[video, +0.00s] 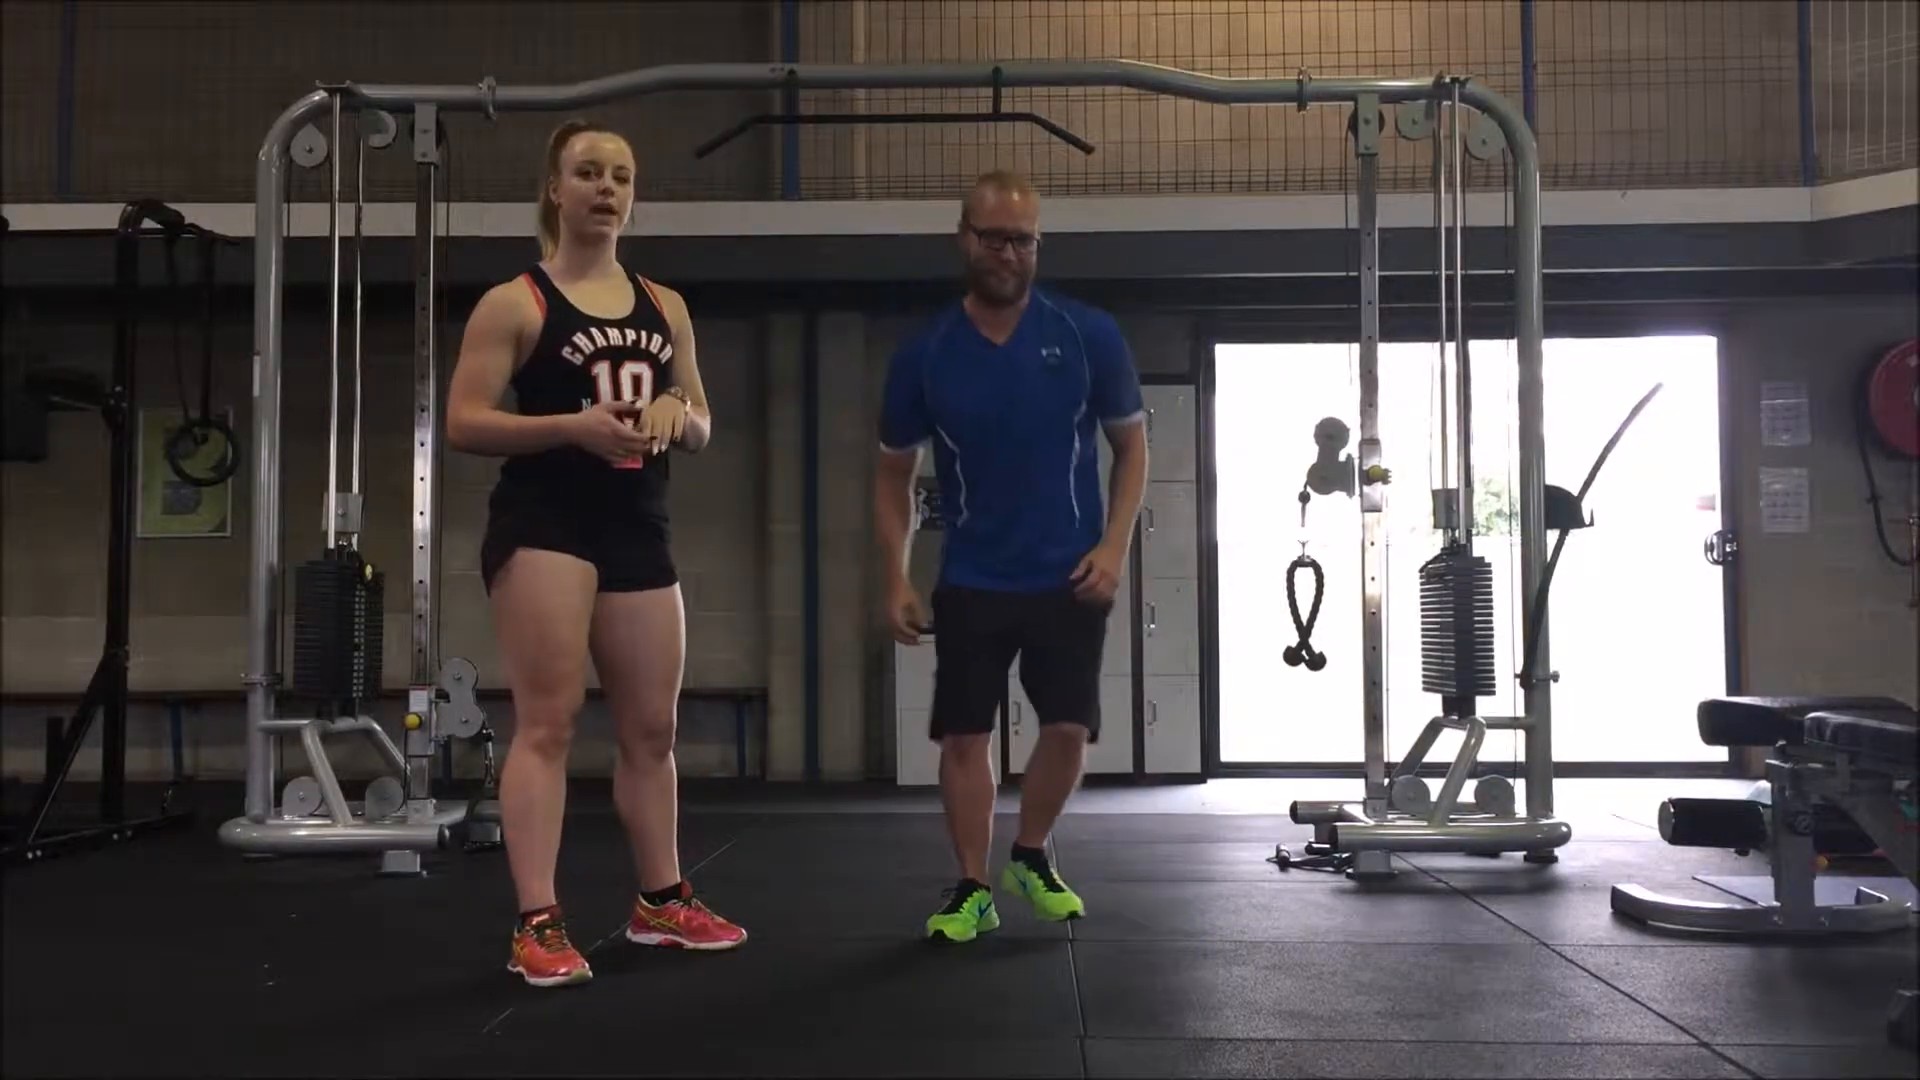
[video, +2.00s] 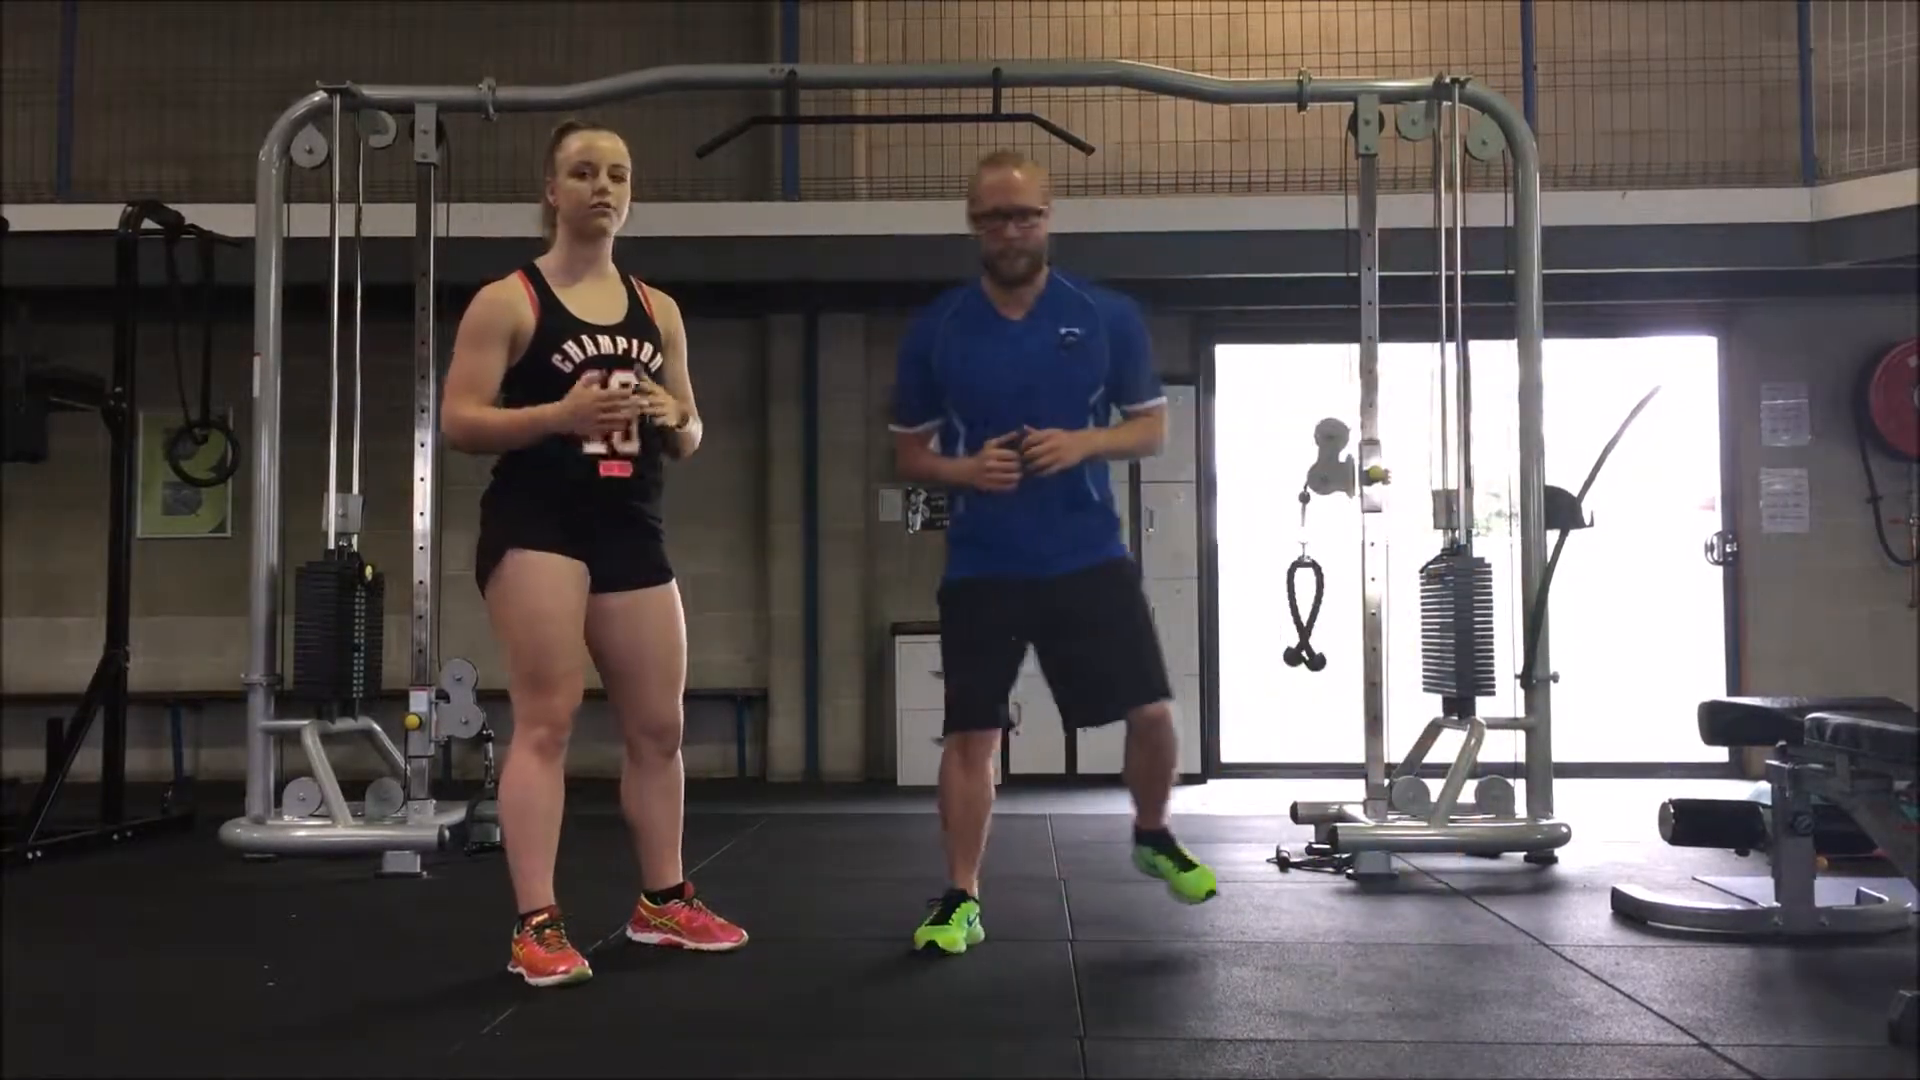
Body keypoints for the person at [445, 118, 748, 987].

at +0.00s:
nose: (605, 188)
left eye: (618, 177)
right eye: (588, 174)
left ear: (633, 198)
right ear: (553, 190)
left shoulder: (663, 306)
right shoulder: (512, 304)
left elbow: (699, 423)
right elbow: (465, 423)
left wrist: (679, 418)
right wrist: (574, 427)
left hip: (639, 533)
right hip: (545, 527)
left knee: (652, 731)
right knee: (546, 722)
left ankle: (662, 900)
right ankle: (537, 923)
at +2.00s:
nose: (601, 188)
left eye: (615, 176)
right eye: (583, 173)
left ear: (630, 196)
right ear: (550, 190)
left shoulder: (658, 310)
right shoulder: (504, 302)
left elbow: (689, 437)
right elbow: (460, 422)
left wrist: (668, 418)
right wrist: (563, 415)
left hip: (630, 530)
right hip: (536, 524)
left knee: (659, 730)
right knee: (545, 719)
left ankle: (665, 901)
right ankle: (537, 924)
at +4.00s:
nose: (656, 187)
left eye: (665, 176)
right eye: (637, 171)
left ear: (671, 194)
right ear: (590, 183)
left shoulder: (680, 299)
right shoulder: (552, 293)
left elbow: (719, 414)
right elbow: (503, 415)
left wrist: (751, 398)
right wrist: (609, 473)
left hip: (665, 533)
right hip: (575, 530)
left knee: (710, 716)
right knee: (553, 724)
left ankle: (679, 901)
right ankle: (538, 921)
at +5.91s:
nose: (624, 180)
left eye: (636, 170)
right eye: (605, 166)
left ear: (648, 193)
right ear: (567, 185)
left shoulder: (674, 301)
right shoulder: (525, 288)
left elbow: (728, 412)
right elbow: (477, 406)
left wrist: (690, 437)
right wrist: (600, 430)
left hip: (632, 531)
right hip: (538, 526)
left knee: (680, 724)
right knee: (543, 724)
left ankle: (673, 908)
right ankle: (537, 925)